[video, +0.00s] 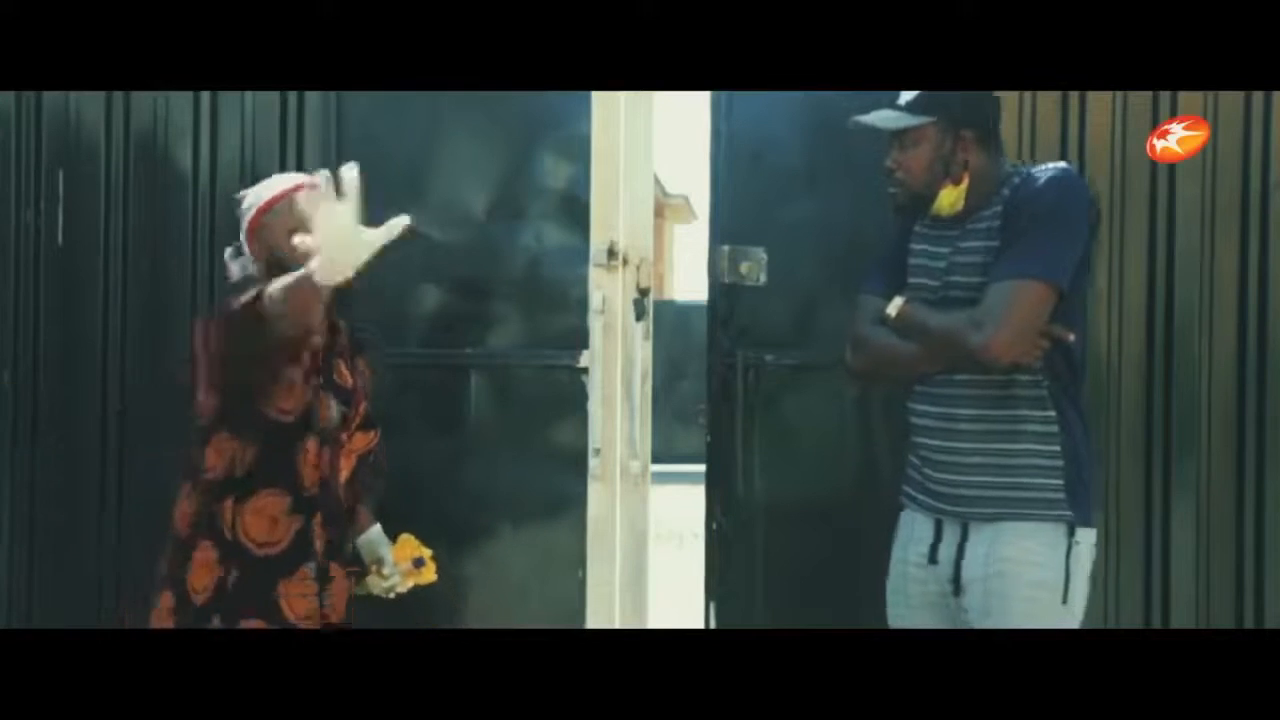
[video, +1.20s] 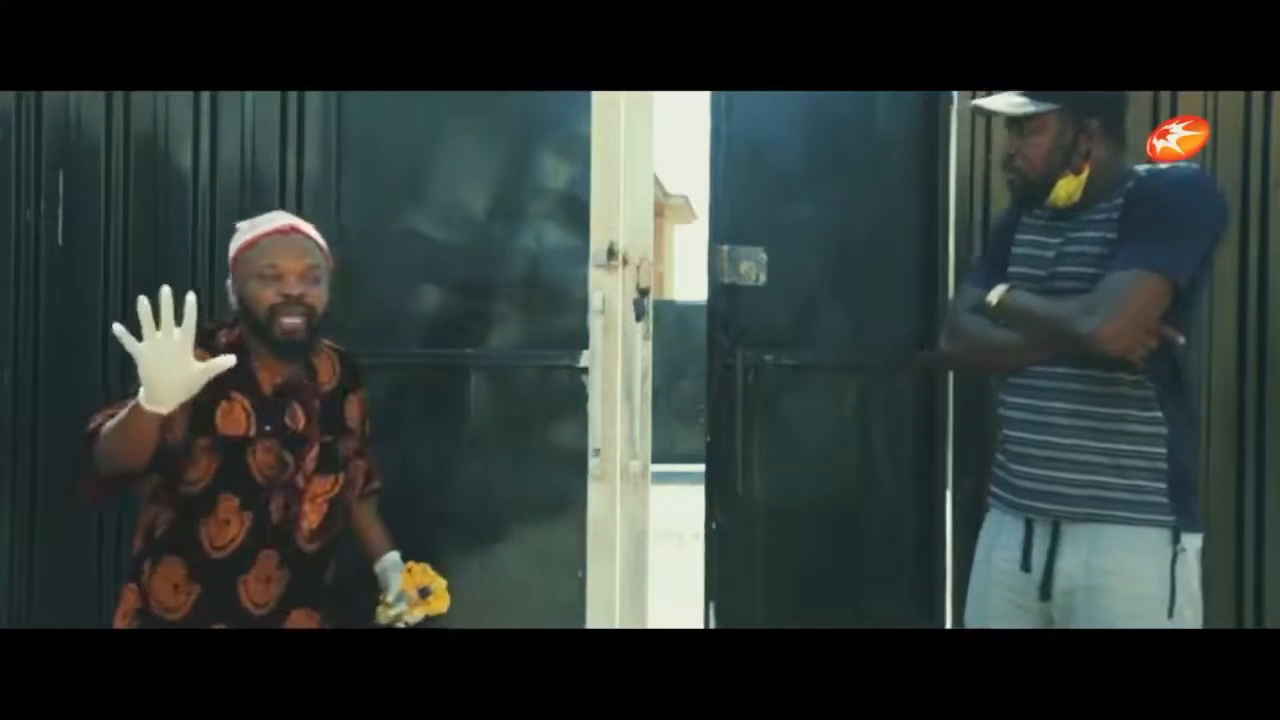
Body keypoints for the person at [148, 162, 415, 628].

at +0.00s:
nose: (313, 241)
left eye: (319, 227)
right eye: (296, 229)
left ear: (332, 231)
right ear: (260, 245)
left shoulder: (343, 347)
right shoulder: (237, 324)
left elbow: (343, 469)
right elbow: (278, 311)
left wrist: (375, 546)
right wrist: (320, 273)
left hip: (315, 554)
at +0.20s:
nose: (361, 254)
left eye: (364, 240)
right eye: (338, 241)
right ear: (283, 254)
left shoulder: (339, 340)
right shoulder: (239, 317)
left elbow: (341, 470)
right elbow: (255, 358)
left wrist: (388, 547)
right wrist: (380, 290)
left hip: (315, 587)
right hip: (223, 589)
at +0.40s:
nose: (373, 285)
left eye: (376, 272)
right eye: (350, 272)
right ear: (295, 281)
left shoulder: (344, 373)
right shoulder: (231, 357)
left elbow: (335, 502)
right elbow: (185, 448)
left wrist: (361, 570)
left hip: (312, 606)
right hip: (217, 605)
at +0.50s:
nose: (358, 290)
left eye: (364, 276)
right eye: (336, 277)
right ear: (282, 288)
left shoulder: (342, 383)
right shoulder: (225, 369)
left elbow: (332, 504)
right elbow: (152, 477)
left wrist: (360, 564)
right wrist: (260, 465)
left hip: (309, 612)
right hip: (207, 612)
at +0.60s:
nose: (331, 292)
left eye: (346, 278)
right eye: (309, 277)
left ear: (360, 289)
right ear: (267, 286)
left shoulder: (340, 384)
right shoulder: (207, 373)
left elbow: (334, 502)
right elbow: (133, 476)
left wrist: (368, 573)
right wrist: (214, 473)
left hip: (294, 611)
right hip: (192, 612)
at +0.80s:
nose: (292, 290)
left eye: (310, 275)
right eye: (270, 274)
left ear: (329, 286)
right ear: (238, 285)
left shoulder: (335, 377)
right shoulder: (192, 369)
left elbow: (344, 496)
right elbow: (95, 473)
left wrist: (380, 577)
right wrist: (154, 454)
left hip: (290, 612)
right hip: (181, 611)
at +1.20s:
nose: (293, 291)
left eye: (310, 277)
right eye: (270, 277)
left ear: (327, 291)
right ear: (234, 291)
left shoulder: (338, 376)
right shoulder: (192, 365)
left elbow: (359, 491)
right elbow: (112, 461)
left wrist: (391, 571)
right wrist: (153, 406)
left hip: (293, 610)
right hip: (182, 608)